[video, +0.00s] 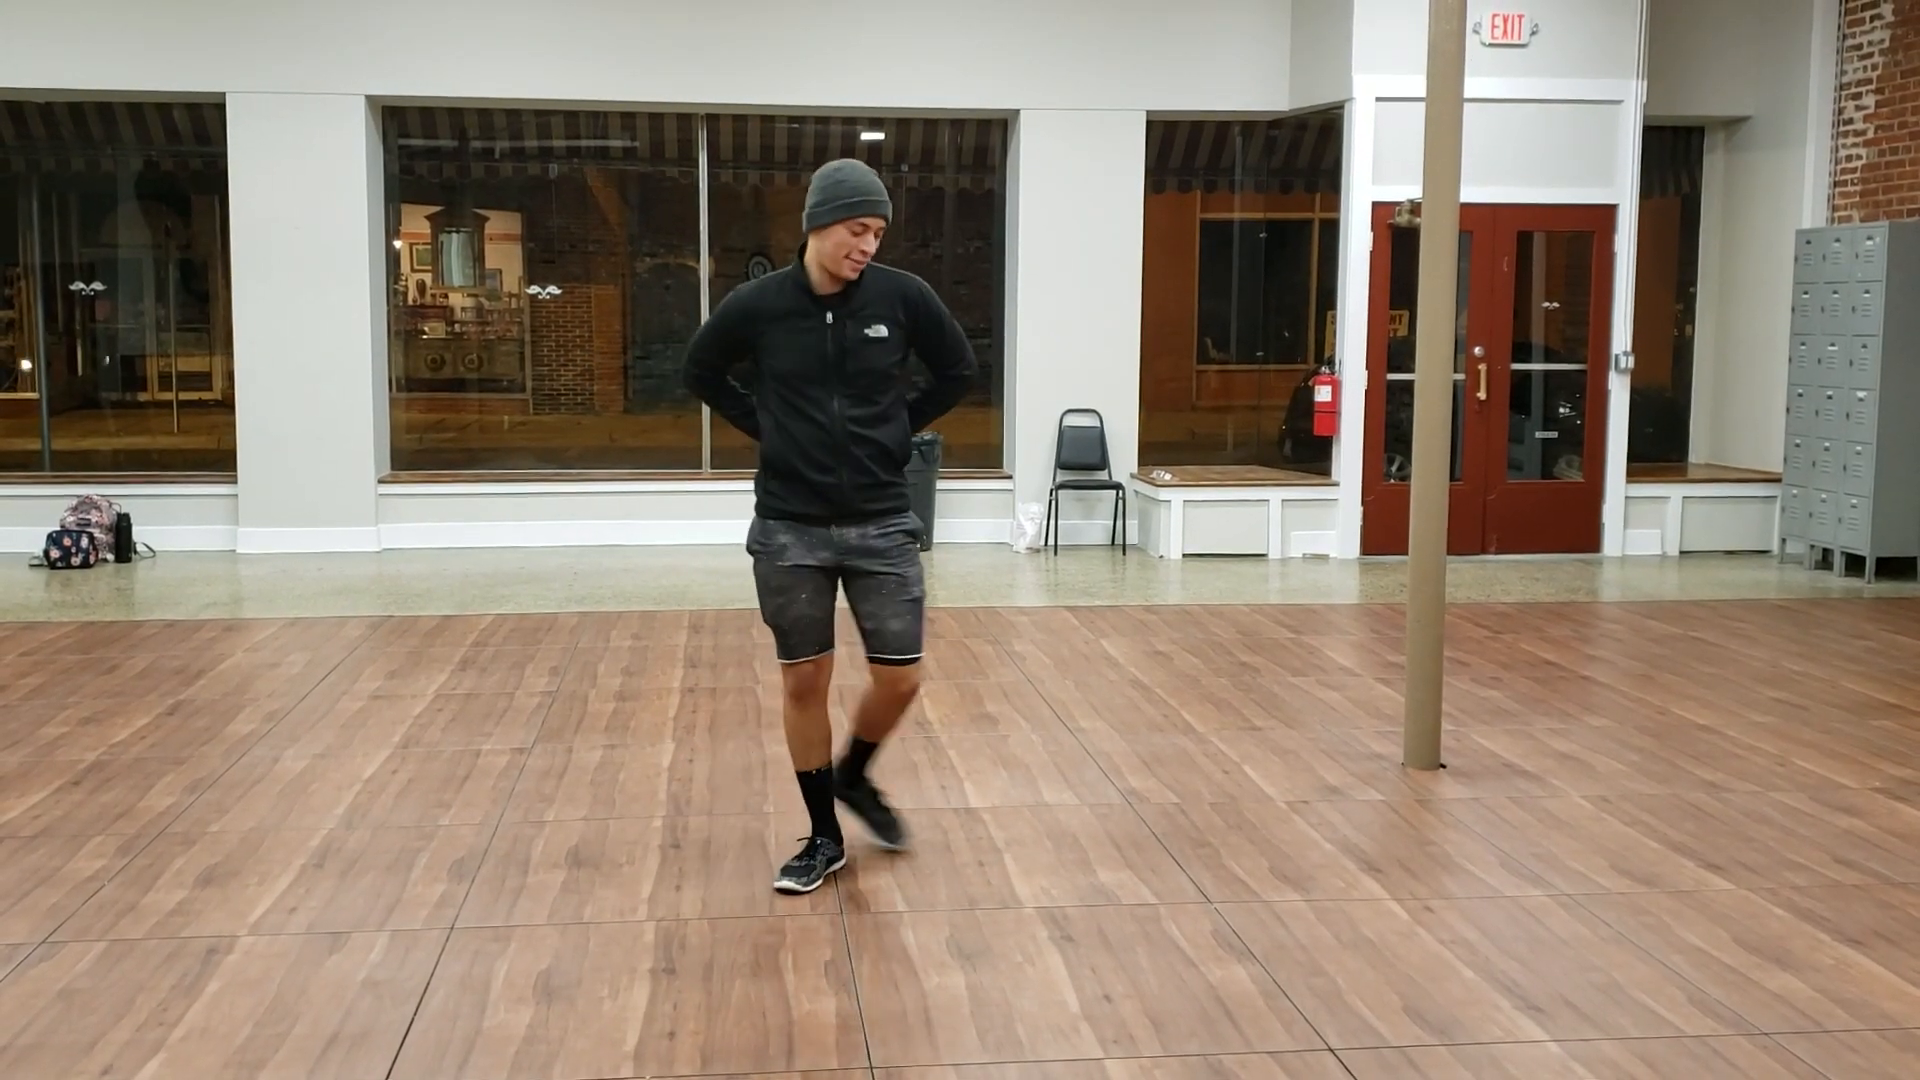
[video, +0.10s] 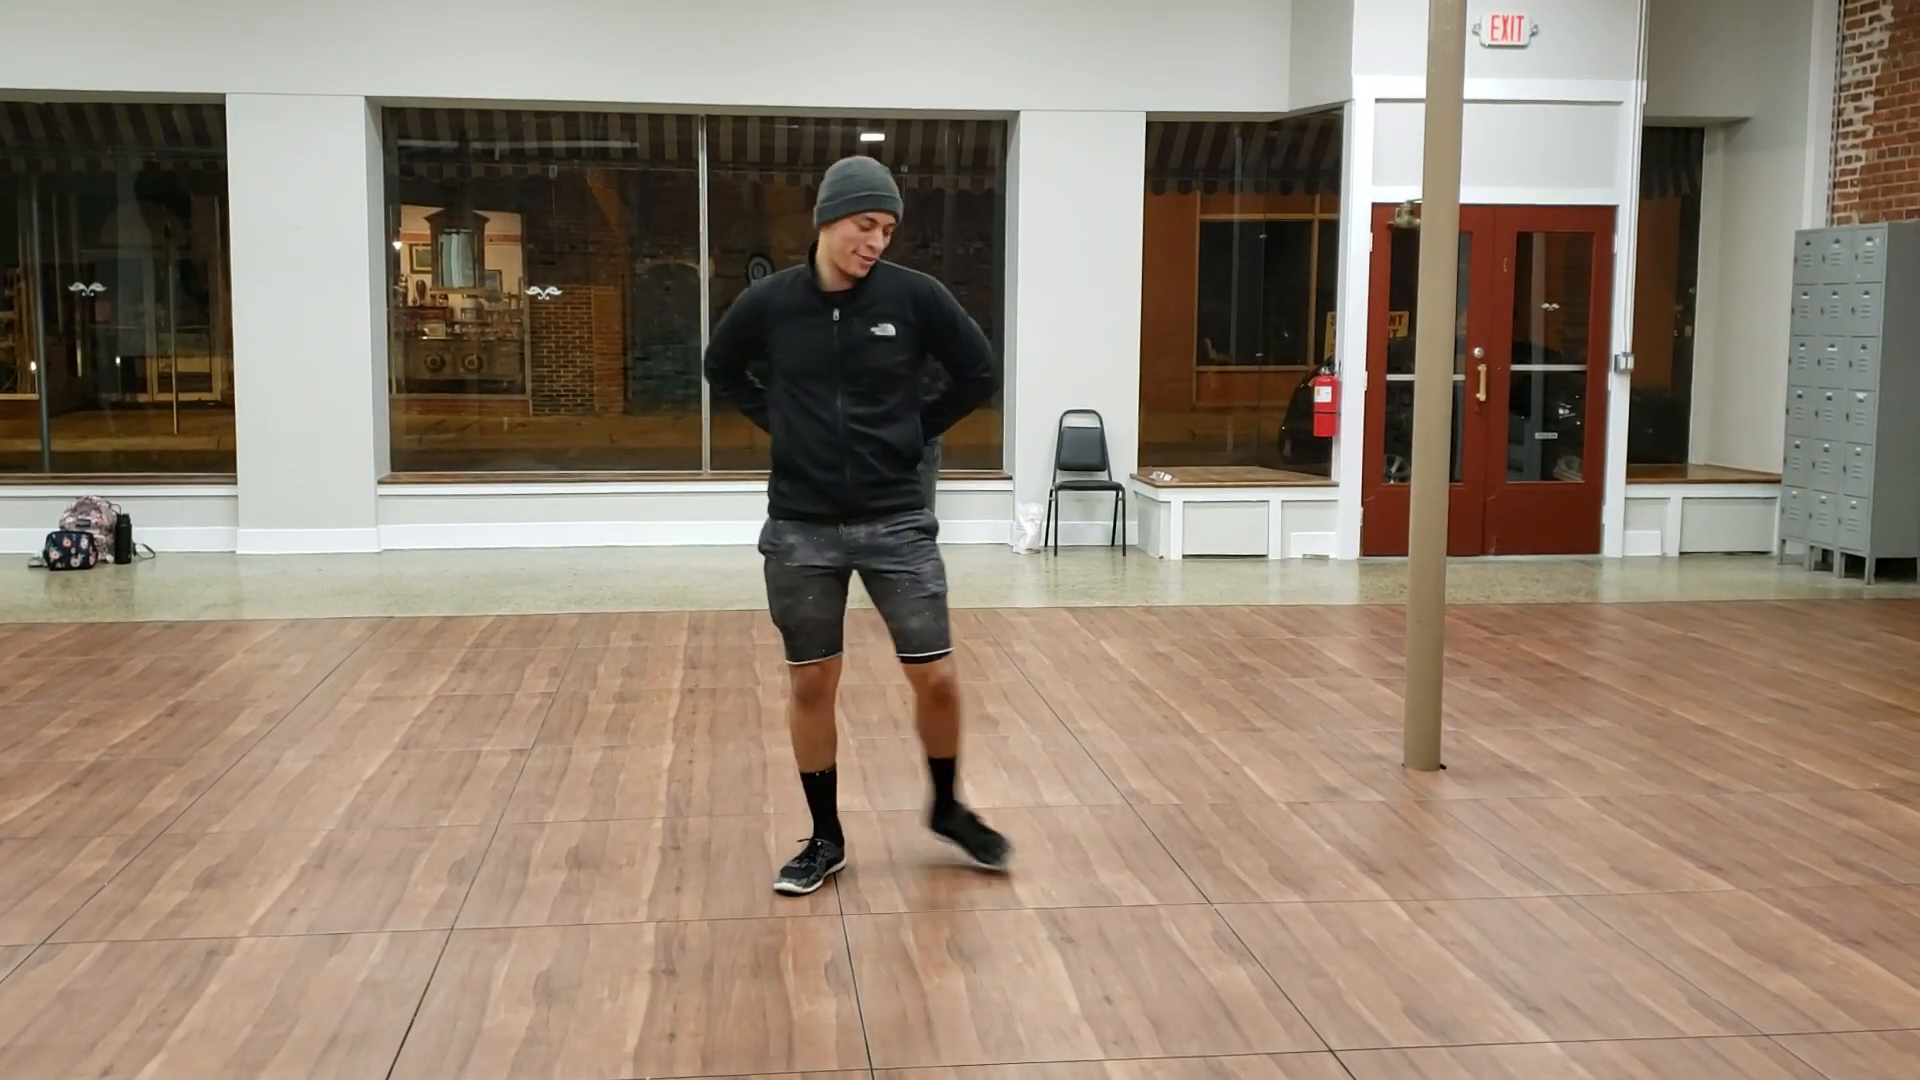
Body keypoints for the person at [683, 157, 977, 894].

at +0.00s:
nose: (867, 245)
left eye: (876, 232)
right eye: (855, 229)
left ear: (880, 237)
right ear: (814, 224)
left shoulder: (902, 297)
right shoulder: (754, 305)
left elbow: (959, 375)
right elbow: (701, 373)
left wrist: (895, 427)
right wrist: (769, 430)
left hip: (881, 523)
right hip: (789, 524)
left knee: (900, 672)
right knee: (804, 676)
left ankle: (851, 774)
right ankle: (822, 837)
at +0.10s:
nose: (872, 241)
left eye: (883, 229)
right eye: (861, 225)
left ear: (890, 234)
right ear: (824, 220)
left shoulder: (915, 297)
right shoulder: (764, 304)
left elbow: (978, 375)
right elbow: (720, 369)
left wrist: (914, 432)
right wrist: (780, 421)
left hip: (898, 523)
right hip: (802, 525)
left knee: (937, 676)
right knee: (811, 680)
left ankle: (947, 808)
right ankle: (824, 838)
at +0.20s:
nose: (886, 239)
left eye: (899, 227)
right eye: (875, 221)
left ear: (907, 234)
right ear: (840, 217)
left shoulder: (934, 300)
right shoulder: (785, 300)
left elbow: (1003, 381)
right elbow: (744, 366)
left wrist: (926, 438)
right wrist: (804, 419)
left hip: (913, 526)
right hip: (815, 528)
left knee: (965, 674)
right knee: (817, 685)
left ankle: (1026, 830)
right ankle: (825, 838)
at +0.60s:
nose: (916, 233)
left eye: (931, 225)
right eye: (904, 219)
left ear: (945, 245)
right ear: (878, 231)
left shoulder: (968, 329)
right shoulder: (843, 317)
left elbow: (1040, 424)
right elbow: (838, 393)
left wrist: (960, 467)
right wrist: (860, 448)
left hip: (942, 548)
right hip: (849, 542)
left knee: (998, 699)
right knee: (809, 695)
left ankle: (1064, 839)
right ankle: (849, 813)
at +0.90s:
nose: (815, 207)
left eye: (830, 199)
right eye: (803, 196)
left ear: (850, 222)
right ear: (781, 216)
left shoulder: (886, 306)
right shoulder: (743, 301)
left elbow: (963, 390)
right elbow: (685, 358)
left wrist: (887, 450)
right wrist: (748, 415)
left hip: (845, 526)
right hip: (763, 526)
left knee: (802, 689)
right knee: (773, 691)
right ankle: (848, 822)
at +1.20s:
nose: (737, 223)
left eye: (751, 215)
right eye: (724, 212)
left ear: (770, 239)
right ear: (699, 232)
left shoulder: (802, 332)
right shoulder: (648, 310)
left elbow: (854, 412)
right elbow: (556, 382)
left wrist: (783, 466)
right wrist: (633, 448)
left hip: (742, 546)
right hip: (654, 541)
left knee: (683, 714)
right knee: (637, 715)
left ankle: (644, 872)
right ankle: (764, 788)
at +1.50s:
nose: (639, 195)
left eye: (652, 184)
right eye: (623, 186)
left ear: (675, 203)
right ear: (601, 208)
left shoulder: (717, 293)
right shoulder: (558, 293)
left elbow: (757, 371)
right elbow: (457, 368)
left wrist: (704, 429)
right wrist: (545, 428)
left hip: (680, 535)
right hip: (575, 532)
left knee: (666, 708)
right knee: (515, 692)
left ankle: (639, 868)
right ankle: (468, 847)